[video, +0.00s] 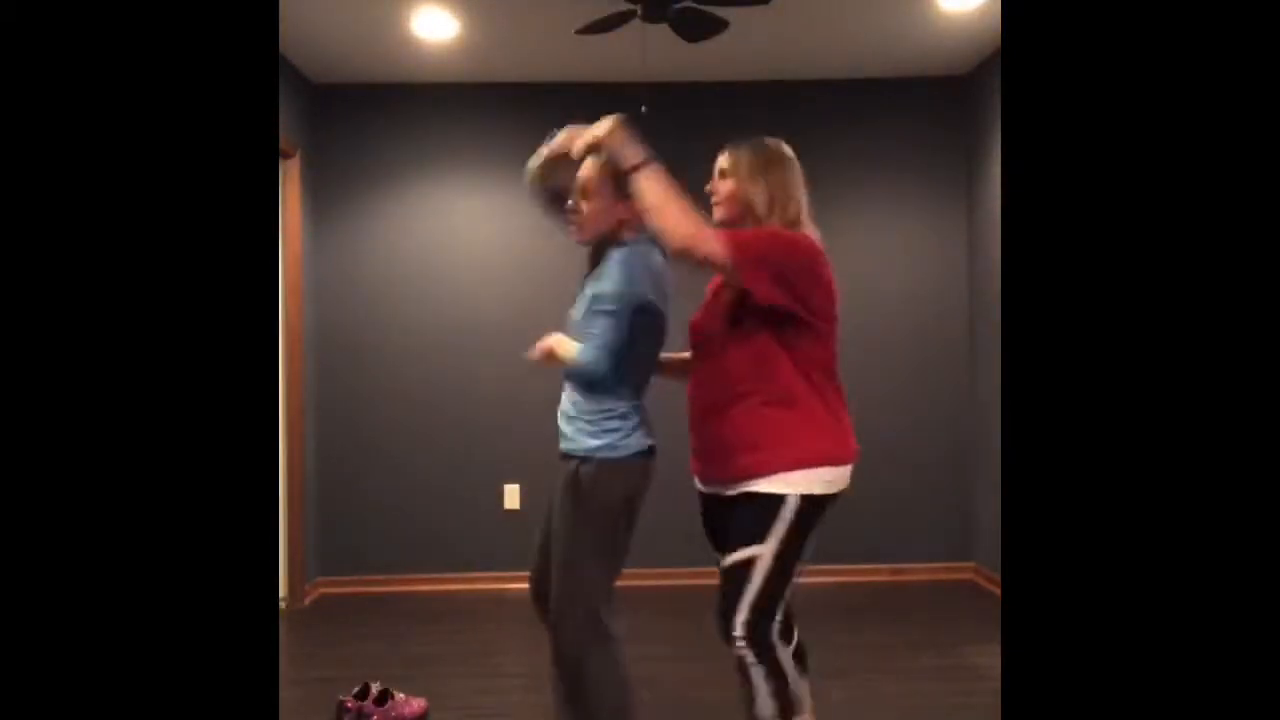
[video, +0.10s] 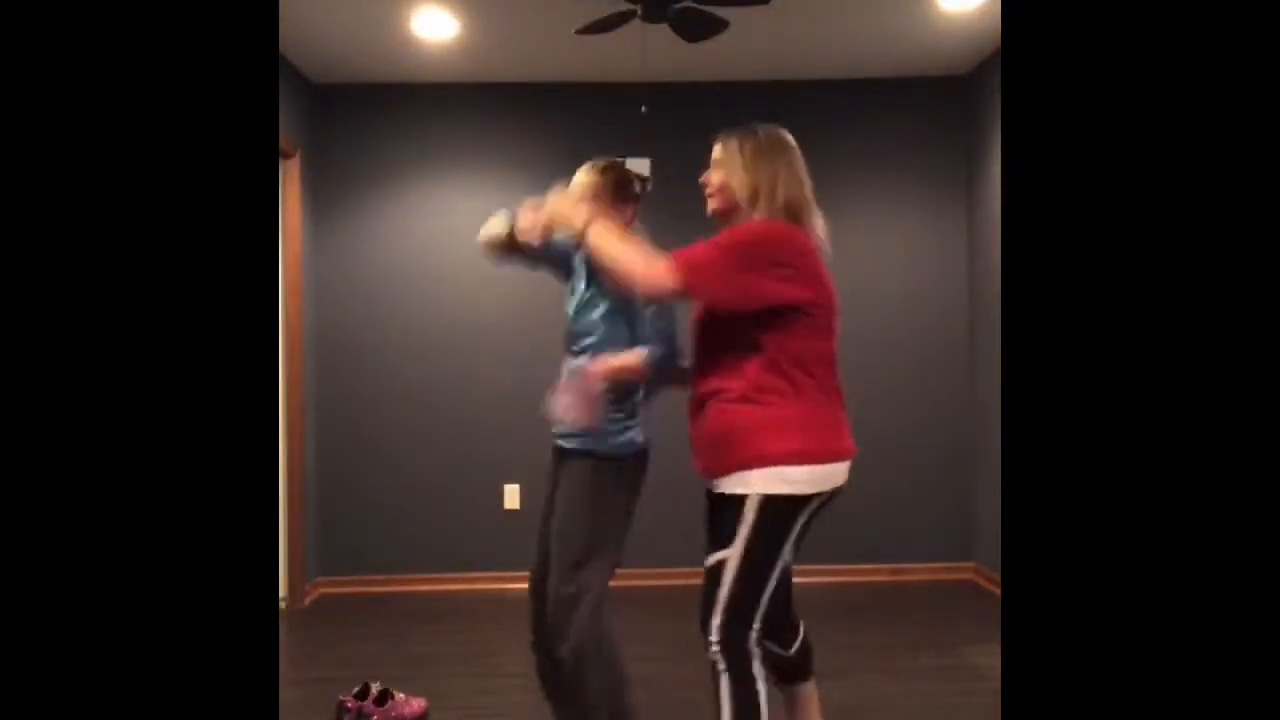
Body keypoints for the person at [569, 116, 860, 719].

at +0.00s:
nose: (712, 188)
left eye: (724, 176)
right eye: (712, 177)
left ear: (763, 186)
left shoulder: (795, 253)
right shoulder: (736, 264)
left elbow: (685, 237)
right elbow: (715, 364)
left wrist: (630, 150)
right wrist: (630, 355)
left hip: (791, 470)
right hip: (731, 474)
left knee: (746, 624)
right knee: (768, 626)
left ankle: (782, 712)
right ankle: (795, 710)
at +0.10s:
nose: (705, 179)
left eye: (717, 166)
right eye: (709, 167)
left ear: (753, 173)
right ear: (761, 176)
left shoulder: (774, 241)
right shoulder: (750, 247)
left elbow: (655, 277)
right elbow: (724, 366)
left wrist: (586, 220)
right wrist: (642, 367)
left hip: (784, 463)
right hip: (749, 463)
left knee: (728, 629)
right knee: (771, 618)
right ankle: (804, 709)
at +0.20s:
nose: (702, 174)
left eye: (712, 162)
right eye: (706, 162)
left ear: (744, 170)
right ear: (772, 172)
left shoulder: (739, 242)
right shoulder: (792, 240)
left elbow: (649, 328)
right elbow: (743, 335)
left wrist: (580, 289)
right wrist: (677, 370)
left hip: (753, 469)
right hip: (808, 462)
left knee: (715, 636)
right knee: (764, 613)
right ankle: (817, 710)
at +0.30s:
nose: (701, 177)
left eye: (709, 164)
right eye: (704, 163)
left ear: (734, 168)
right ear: (787, 171)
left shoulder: (725, 242)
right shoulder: (810, 244)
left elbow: (653, 356)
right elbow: (775, 356)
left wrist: (616, 320)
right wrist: (691, 390)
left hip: (737, 477)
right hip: (816, 470)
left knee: (711, 653)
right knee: (772, 637)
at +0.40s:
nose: (707, 178)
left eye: (713, 166)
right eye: (712, 166)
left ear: (728, 170)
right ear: (801, 170)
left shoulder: (707, 246)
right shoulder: (831, 255)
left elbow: (641, 355)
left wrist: (633, 313)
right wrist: (678, 313)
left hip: (723, 486)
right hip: (825, 485)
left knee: (703, 662)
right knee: (795, 660)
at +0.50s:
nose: (707, 177)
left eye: (712, 166)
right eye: (710, 167)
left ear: (726, 171)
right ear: (804, 172)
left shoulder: (700, 245)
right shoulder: (835, 257)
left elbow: (639, 354)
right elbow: (864, 367)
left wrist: (645, 316)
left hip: (715, 491)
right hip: (828, 490)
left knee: (665, 662)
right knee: (815, 677)